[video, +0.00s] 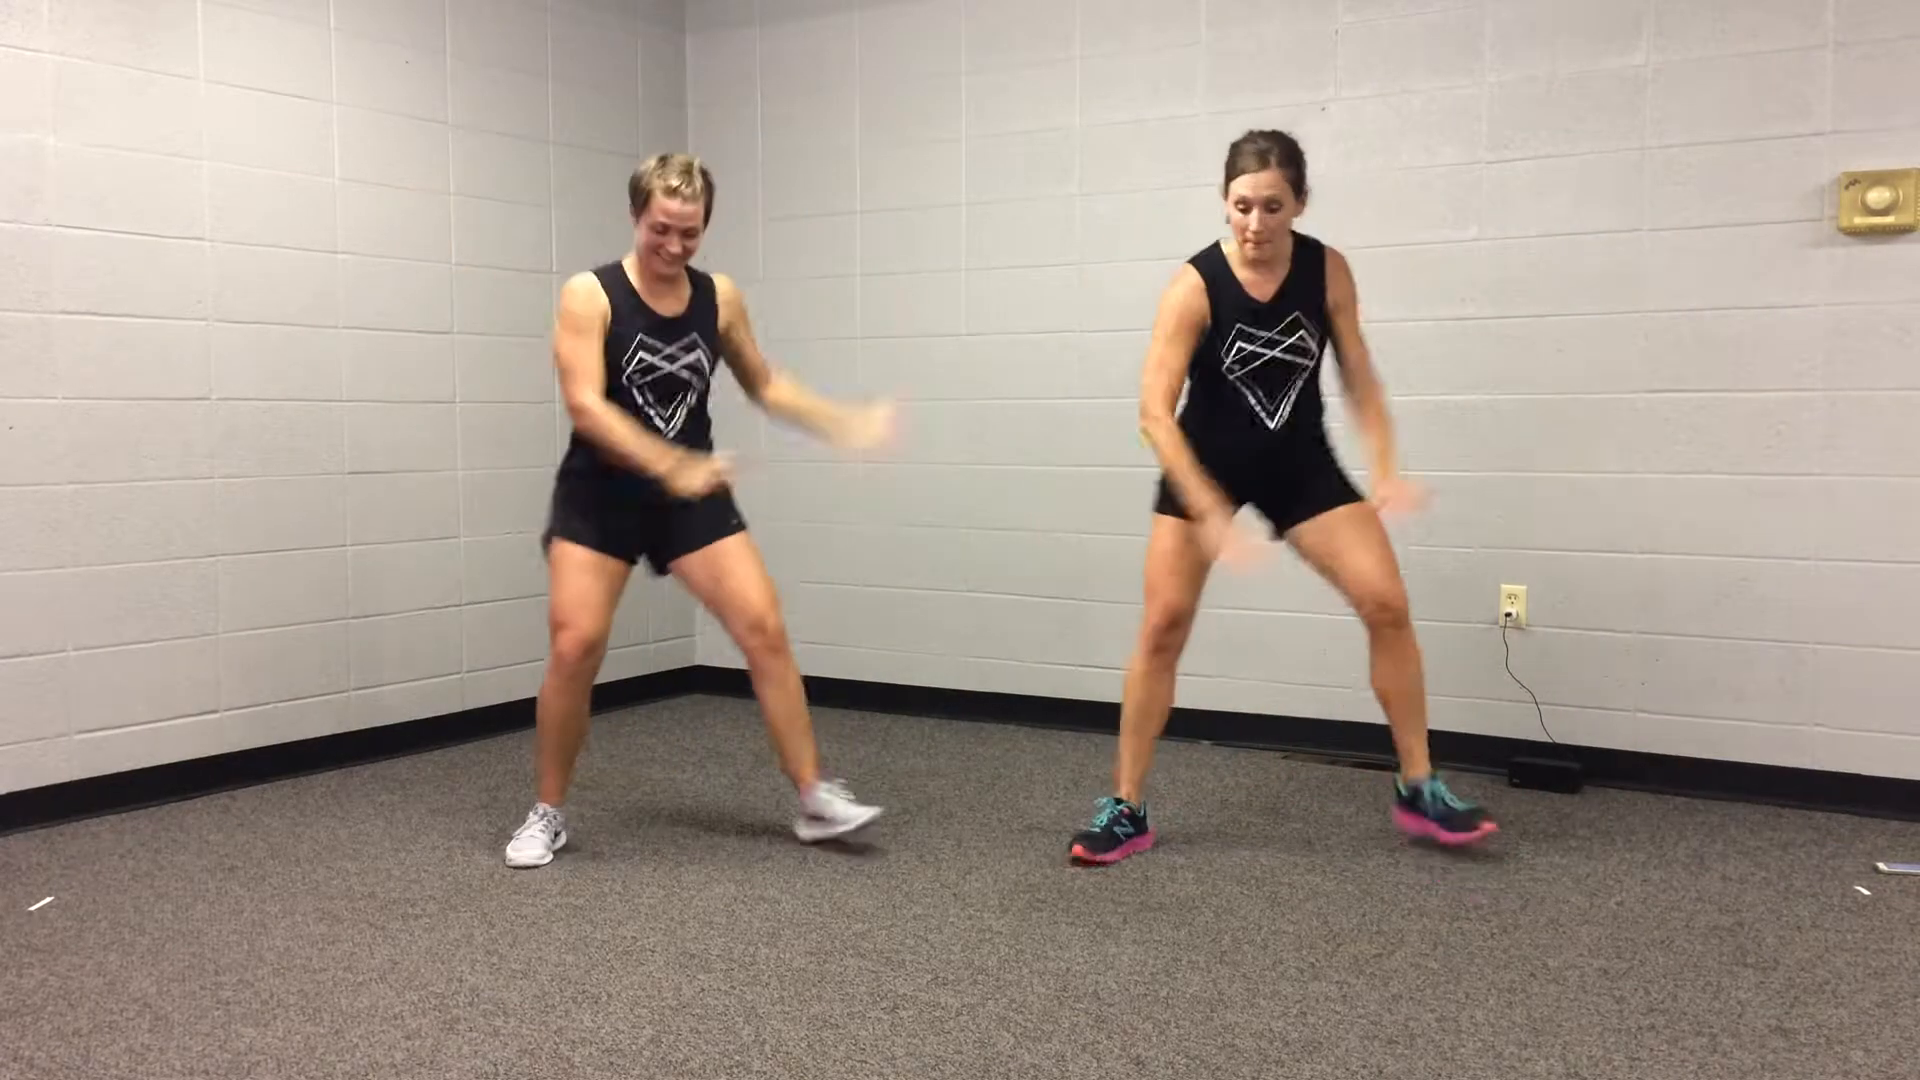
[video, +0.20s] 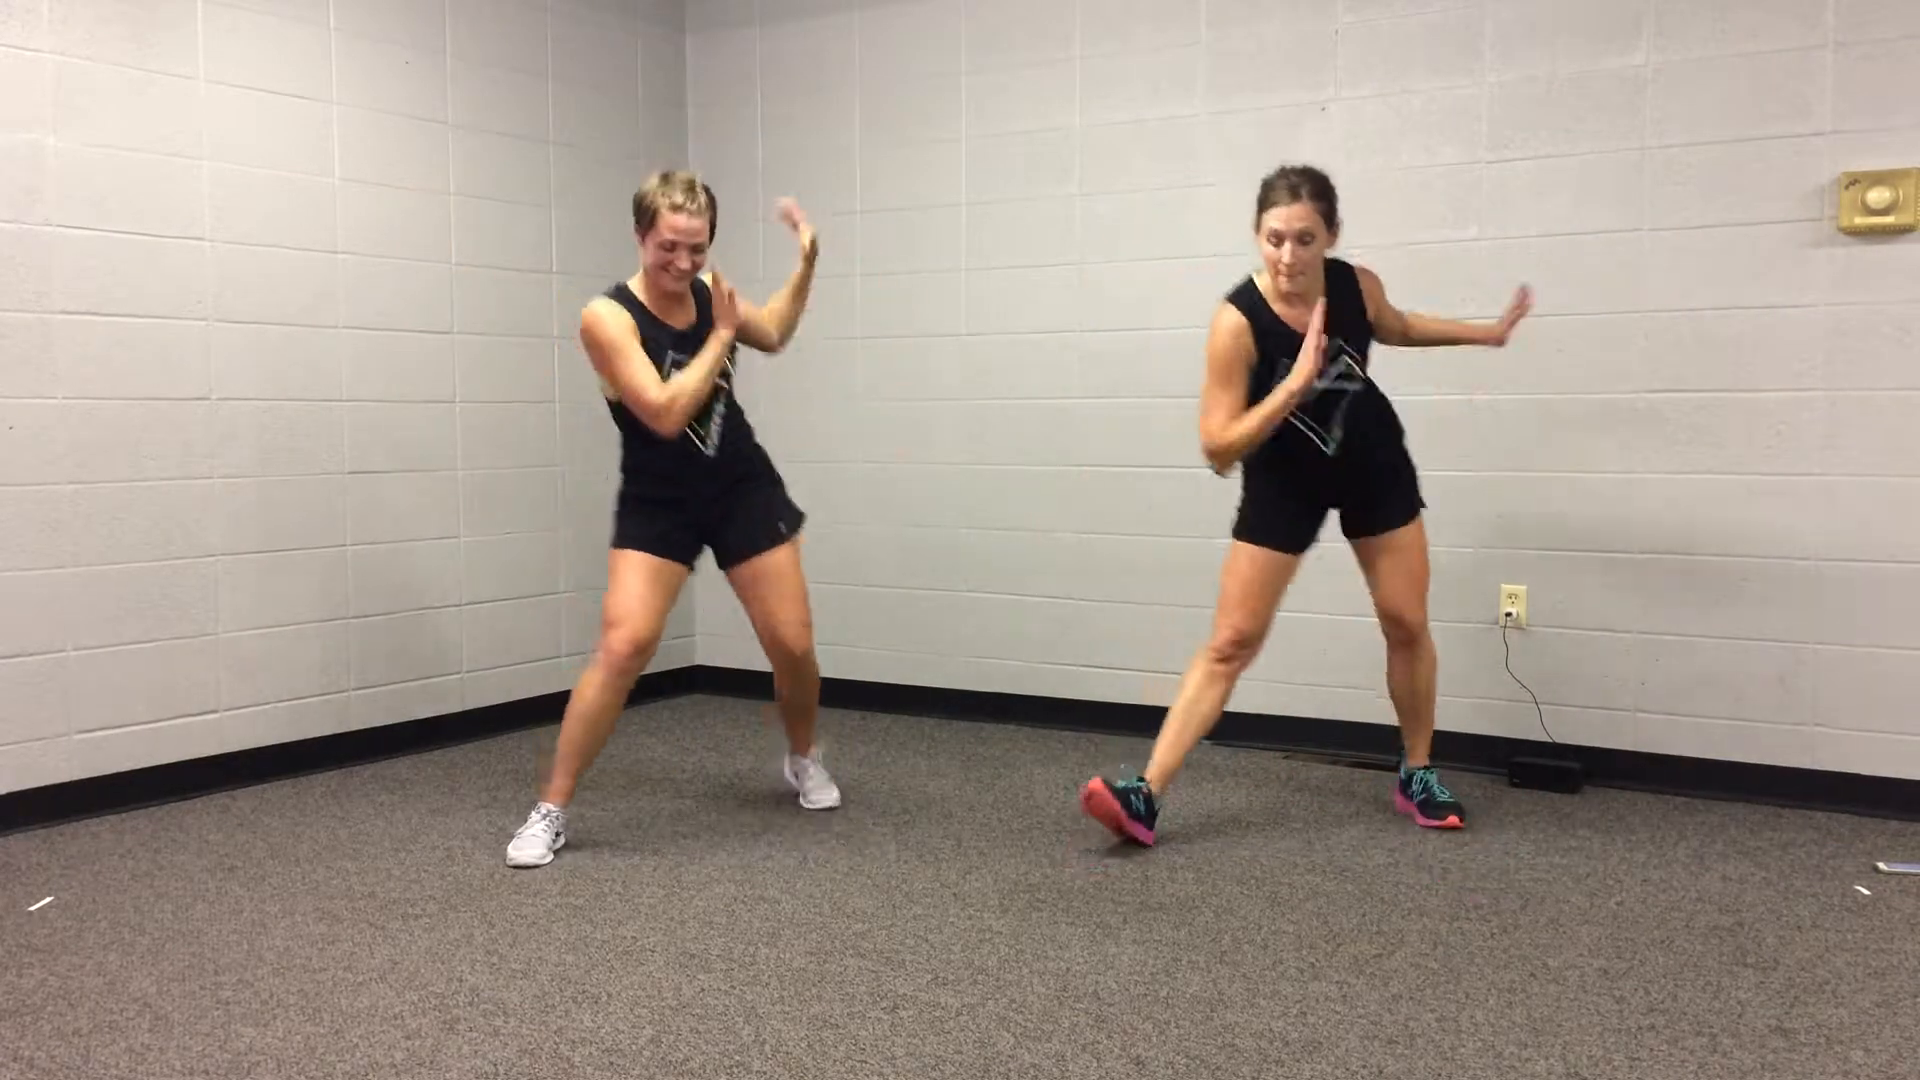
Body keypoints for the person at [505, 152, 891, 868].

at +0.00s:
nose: (674, 246)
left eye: (688, 232)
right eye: (661, 229)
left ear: (704, 229)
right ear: (634, 219)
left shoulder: (718, 299)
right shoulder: (588, 295)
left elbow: (764, 384)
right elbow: (586, 406)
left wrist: (842, 423)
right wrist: (673, 463)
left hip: (688, 489)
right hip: (601, 489)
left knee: (764, 628)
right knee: (574, 643)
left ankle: (813, 796)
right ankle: (547, 810)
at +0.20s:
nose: (682, 260)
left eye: (694, 247)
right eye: (669, 245)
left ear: (707, 244)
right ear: (641, 238)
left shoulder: (712, 294)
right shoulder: (605, 318)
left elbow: (773, 331)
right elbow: (664, 415)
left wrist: (805, 264)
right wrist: (722, 333)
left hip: (740, 485)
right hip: (658, 497)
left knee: (794, 645)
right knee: (624, 646)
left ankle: (804, 758)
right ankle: (551, 808)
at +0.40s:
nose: (701, 297)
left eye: (713, 283)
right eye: (688, 284)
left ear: (733, 271)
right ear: (669, 273)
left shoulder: (765, 327)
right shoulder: (634, 340)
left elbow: (810, 416)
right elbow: (622, 445)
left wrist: (854, 493)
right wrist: (672, 527)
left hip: (769, 496)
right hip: (685, 507)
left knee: (805, 639)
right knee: (637, 639)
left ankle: (804, 767)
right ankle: (564, 798)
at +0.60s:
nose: (699, 255)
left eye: (712, 243)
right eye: (689, 242)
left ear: (741, 232)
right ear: (676, 232)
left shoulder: (773, 310)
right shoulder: (655, 275)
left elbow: (756, 420)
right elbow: (593, 335)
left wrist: (663, 401)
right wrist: (515, 327)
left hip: (717, 471)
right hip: (635, 457)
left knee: (755, 625)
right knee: (588, 602)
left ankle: (799, 761)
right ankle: (574, 757)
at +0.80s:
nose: (675, 268)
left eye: (690, 257)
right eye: (665, 257)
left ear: (725, 264)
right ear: (656, 261)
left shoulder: (745, 361)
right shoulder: (635, 316)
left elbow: (703, 466)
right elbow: (572, 384)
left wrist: (638, 398)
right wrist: (533, 319)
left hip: (665, 516)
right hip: (582, 494)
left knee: (727, 662)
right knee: (558, 640)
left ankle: (795, 763)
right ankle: (566, 776)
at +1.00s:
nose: (650, 223)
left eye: (666, 215)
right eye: (640, 212)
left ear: (687, 231)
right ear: (623, 225)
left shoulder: (718, 313)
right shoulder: (582, 313)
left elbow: (762, 400)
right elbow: (558, 413)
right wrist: (575, 486)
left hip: (688, 499)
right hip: (599, 500)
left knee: (760, 623)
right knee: (581, 653)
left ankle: (804, 742)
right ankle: (570, 776)